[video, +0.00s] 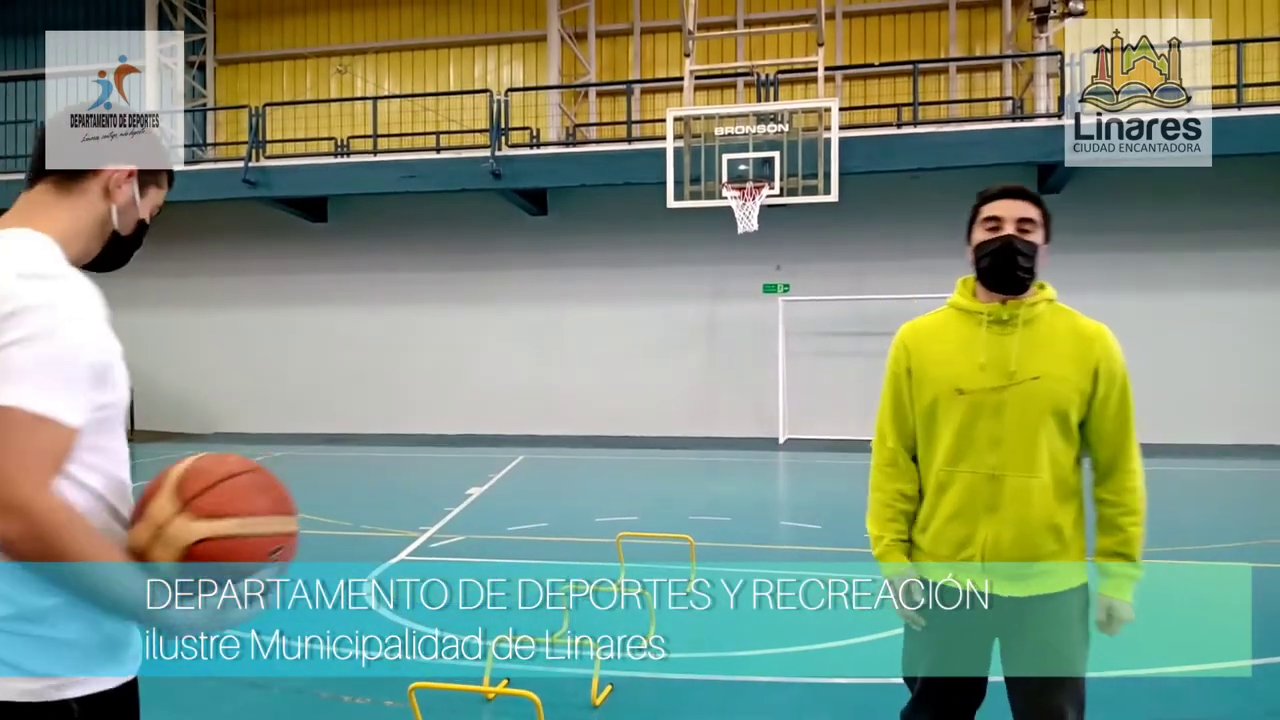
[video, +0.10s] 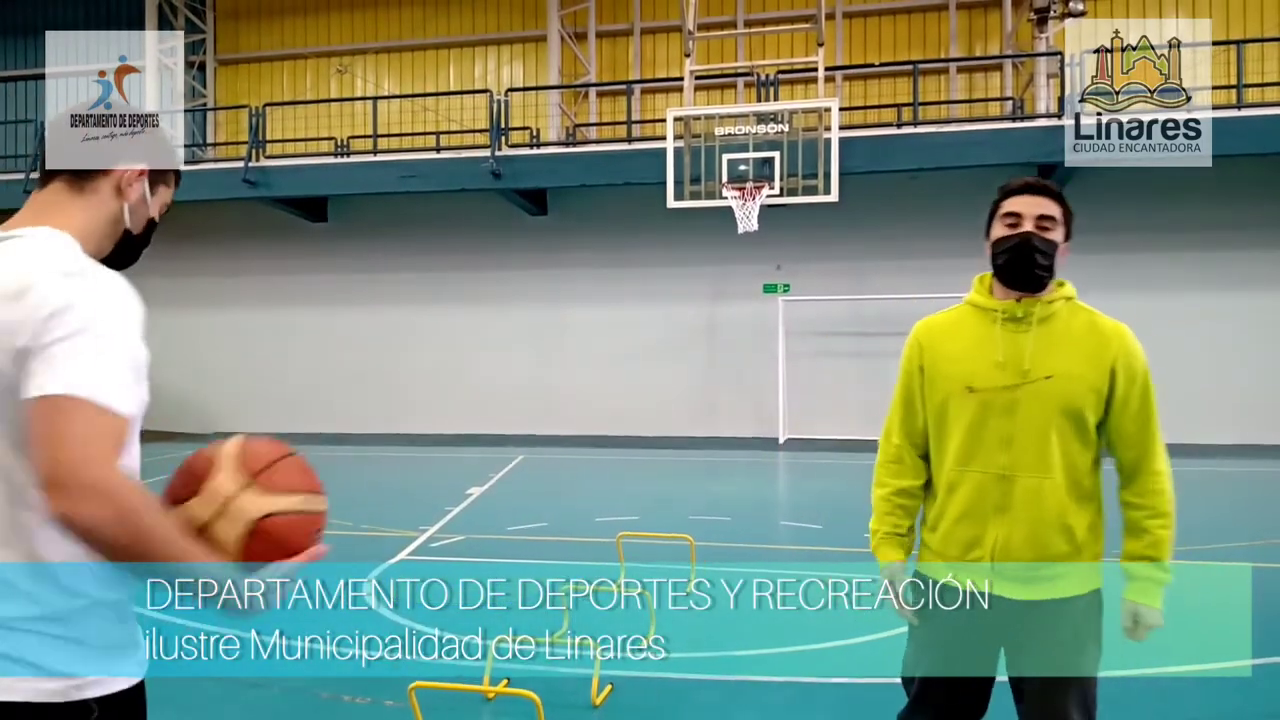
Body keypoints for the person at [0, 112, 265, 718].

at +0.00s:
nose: (140, 229)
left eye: (153, 213)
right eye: (151, 209)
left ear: (50, 169)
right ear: (120, 182)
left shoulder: (16, 268)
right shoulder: (54, 297)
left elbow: (29, 483)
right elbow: (13, 502)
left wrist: (127, 527)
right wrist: (134, 571)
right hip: (54, 684)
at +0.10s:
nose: (150, 226)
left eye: (163, 209)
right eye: (161, 205)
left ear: (56, 165)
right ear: (131, 179)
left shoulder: (13, 260)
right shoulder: (86, 292)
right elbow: (80, 486)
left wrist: (168, 522)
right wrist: (218, 573)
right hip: (62, 678)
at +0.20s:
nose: (159, 219)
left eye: (169, 202)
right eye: (168, 199)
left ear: (58, 170)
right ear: (138, 179)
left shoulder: (10, 254)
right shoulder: (105, 290)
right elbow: (147, 482)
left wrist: (206, 494)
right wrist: (279, 557)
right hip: (69, 676)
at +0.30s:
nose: (165, 215)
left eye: (174, 197)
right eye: (173, 193)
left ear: (60, 169)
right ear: (143, 177)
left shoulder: (7, 253)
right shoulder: (124, 298)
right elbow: (173, 491)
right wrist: (313, 526)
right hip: (77, 674)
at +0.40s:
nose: (171, 210)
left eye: (177, 192)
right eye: (176, 190)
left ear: (67, 170)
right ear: (150, 180)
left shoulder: (7, 253)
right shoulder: (138, 301)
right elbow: (183, 504)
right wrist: (330, 500)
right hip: (79, 673)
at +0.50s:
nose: (175, 202)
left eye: (178, 184)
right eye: (177, 182)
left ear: (66, 168)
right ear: (152, 176)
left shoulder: (7, 252)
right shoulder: (152, 298)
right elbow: (204, 501)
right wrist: (322, 517)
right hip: (82, 669)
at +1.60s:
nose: (240, 221)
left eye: (245, 206)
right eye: (244, 203)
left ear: (150, 195)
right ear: (228, 194)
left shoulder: (43, 306)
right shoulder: (233, 287)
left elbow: (8, 468)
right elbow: (252, 422)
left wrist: (73, 542)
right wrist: (299, 512)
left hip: (75, 628)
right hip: (203, 627)